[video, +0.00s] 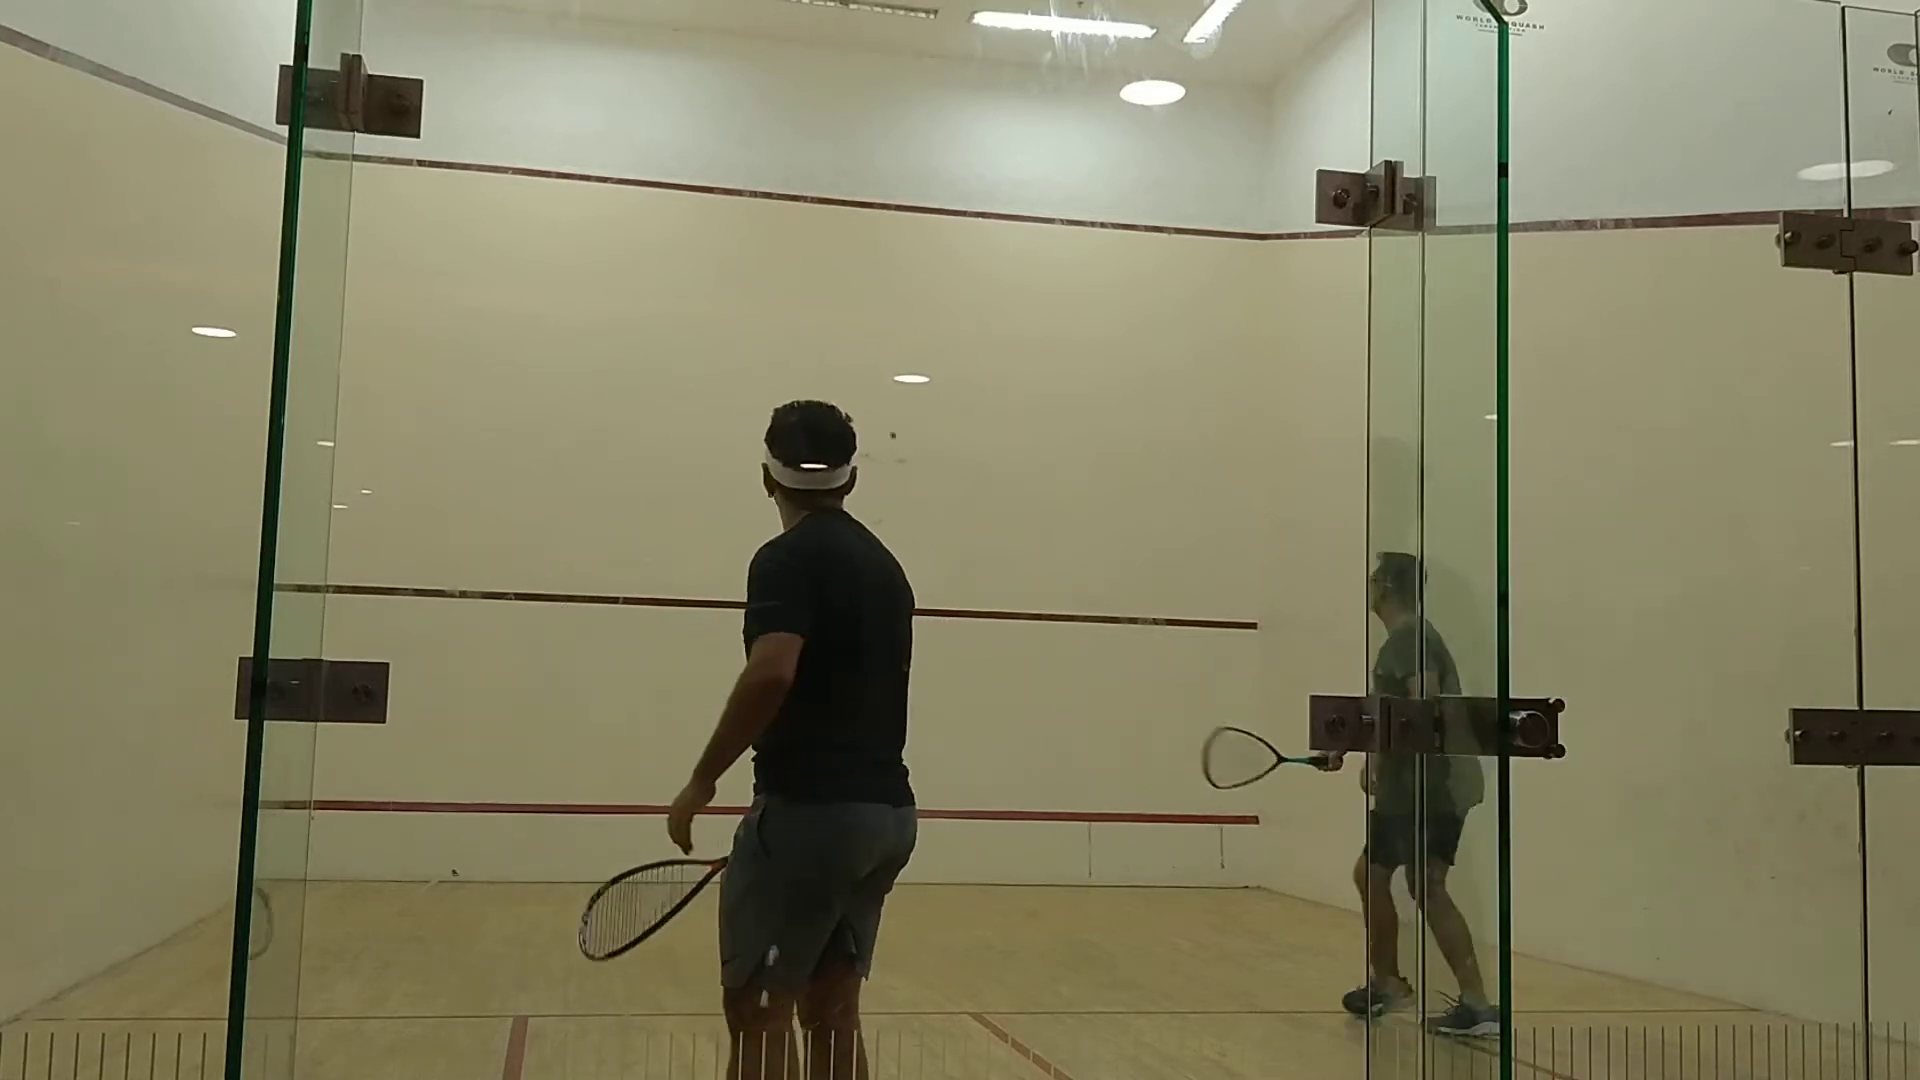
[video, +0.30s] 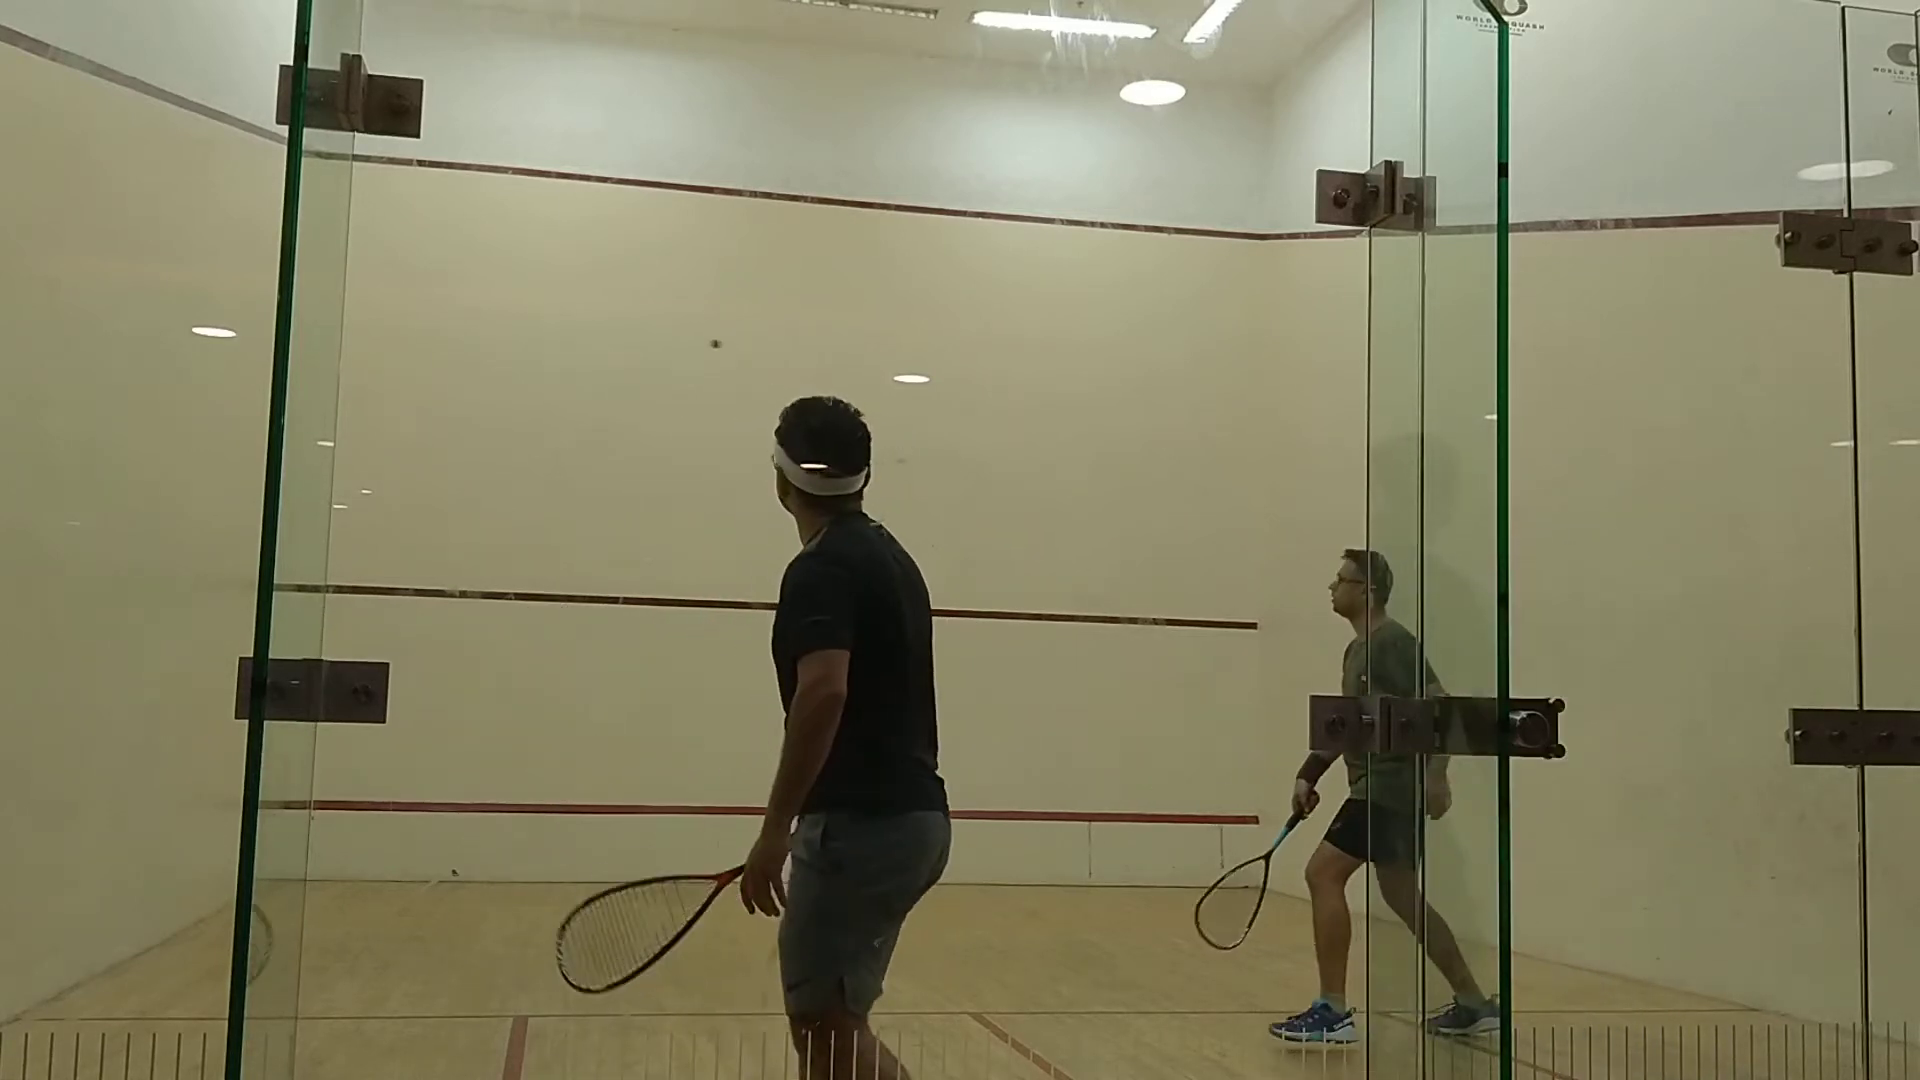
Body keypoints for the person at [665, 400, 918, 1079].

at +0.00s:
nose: (765, 478)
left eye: (767, 468)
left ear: (770, 479)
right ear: (850, 481)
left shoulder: (784, 559)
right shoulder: (882, 565)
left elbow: (773, 671)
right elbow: (862, 700)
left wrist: (700, 781)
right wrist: (780, 801)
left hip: (805, 818)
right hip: (883, 816)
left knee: (754, 1007)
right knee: (832, 1006)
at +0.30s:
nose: (773, 476)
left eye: (774, 464)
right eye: (779, 463)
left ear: (785, 482)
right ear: (861, 479)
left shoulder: (821, 567)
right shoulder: (889, 558)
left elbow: (823, 696)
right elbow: (891, 708)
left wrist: (774, 831)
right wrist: (813, 832)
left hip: (857, 830)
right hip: (908, 825)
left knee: (821, 1024)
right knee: (837, 1017)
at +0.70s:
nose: (747, 499)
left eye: (758, 480)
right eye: (748, 481)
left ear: (813, 483)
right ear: (812, 484)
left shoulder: (880, 571)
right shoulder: (829, 576)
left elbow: (911, 705)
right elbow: (841, 704)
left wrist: (862, 849)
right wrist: (785, 760)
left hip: (916, 843)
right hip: (838, 838)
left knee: (915, 1050)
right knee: (759, 1018)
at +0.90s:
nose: (711, 509)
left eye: (724, 489)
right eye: (708, 493)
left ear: (786, 485)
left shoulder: (887, 577)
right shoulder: (754, 597)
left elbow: (971, 697)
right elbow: (760, 706)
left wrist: (952, 826)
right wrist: (736, 776)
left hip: (904, 856)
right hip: (805, 852)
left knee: (928, 1054)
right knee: (737, 1024)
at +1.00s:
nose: (687, 535)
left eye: (699, 514)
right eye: (683, 518)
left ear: (759, 506)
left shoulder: (868, 585)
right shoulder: (725, 628)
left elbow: (975, 695)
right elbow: (740, 743)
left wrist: (977, 825)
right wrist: (716, 830)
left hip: (906, 858)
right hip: (802, 851)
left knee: (921, 1058)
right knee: (695, 1009)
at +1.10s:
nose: (661, 577)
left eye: (673, 556)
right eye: (656, 561)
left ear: (734, 544)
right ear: (729, 547)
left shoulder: (857, 604)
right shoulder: (699, 677)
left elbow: (975, 702)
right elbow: (723, 812)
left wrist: (954, 817)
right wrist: (688, 822)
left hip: (904, 858)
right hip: (793, 864)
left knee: (898, 1054)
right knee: (694, 1034)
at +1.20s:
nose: (657, 634)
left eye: (663, 611)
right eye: (650, 616)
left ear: (721, 595)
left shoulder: (855, 623)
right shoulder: (702, 708)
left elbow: (970, 722)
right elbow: (747, 813)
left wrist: (929, 823)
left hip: (919, 866)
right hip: (812, 874)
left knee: (900, 1041)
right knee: (696, 1032)